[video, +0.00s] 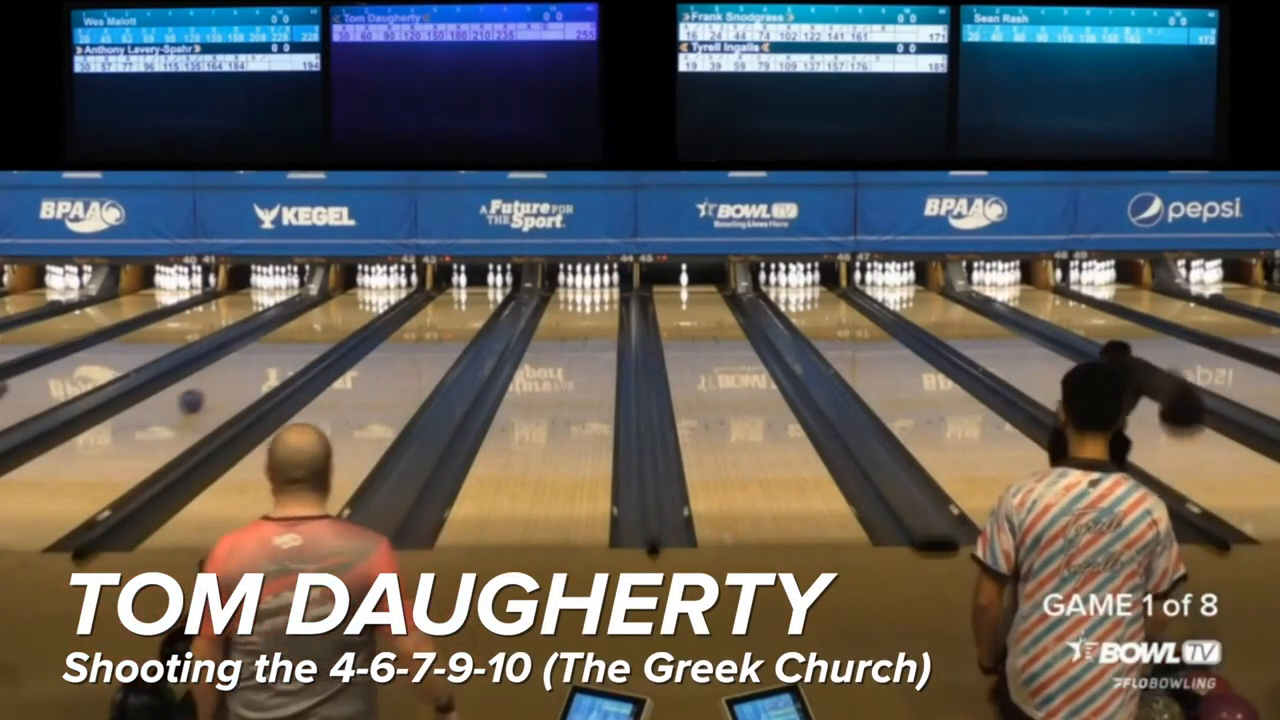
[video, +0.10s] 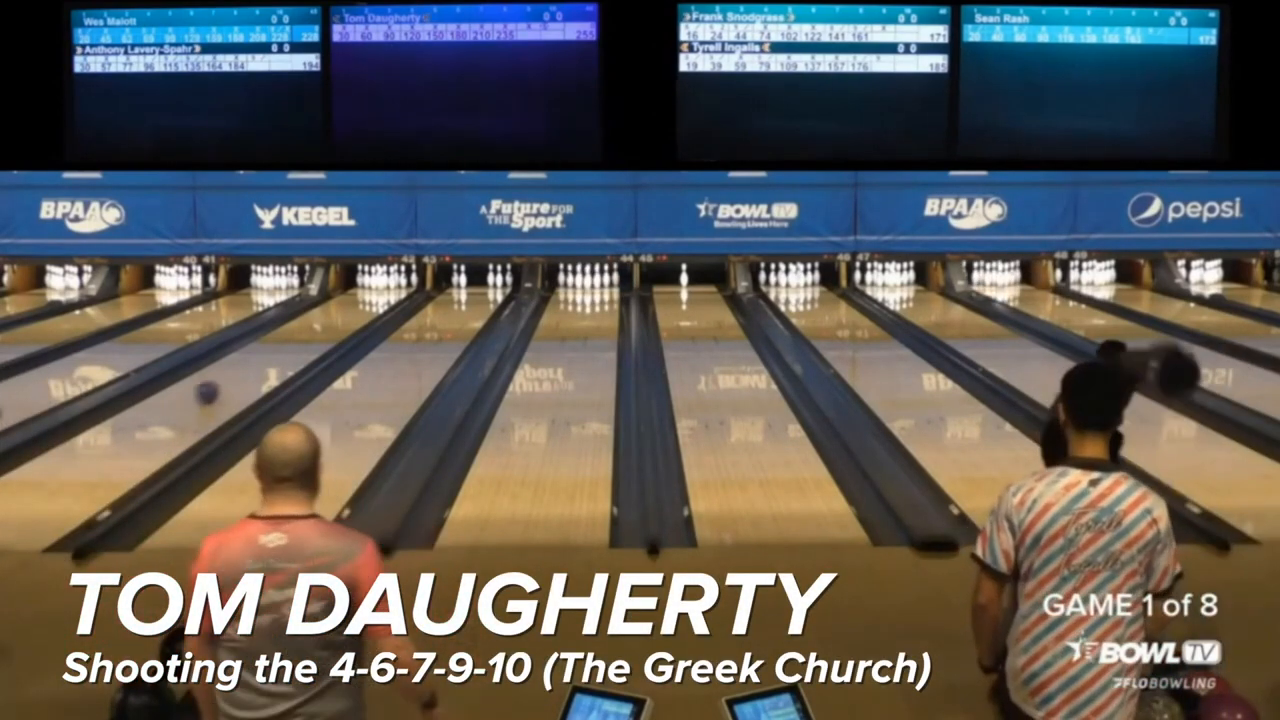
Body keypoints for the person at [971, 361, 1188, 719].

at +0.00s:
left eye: (1061, 405)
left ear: (1063, 413)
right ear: (1122, 419)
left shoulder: (1024, 497)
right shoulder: (1149, 508)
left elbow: (987, 600)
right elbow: (1160, 607)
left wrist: (990, 662)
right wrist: (1141, 650)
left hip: (1033, 686)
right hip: (1112, 692)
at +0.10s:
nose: (1056, 409)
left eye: (1058, 403)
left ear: (1062, 411)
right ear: (1120, 417)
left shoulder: (1023, 497)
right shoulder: (1150, 507)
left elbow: (986, 599)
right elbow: (1159, 599)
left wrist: (990, 661)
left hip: (1033, 686)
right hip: (1112, 692)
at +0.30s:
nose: (1057, 408)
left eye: (1057, 402)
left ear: (1062, 412)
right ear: (1118, 417)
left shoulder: (1024, 494)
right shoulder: (1152, 506)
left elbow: (986, 595)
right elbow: (1160, 608)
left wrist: (989, 659)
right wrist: (1144, 668)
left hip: (1033, 686)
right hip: (1112, 692)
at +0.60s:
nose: (1060, 414)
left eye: (1060, 406)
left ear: (1062, 414)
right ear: (1118, 417)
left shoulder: (1023, 494)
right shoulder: (1152, 504)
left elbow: (986, 596)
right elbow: (1160, 608)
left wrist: (987, 661)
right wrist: (1140, 671)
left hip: (1032, 688)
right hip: (1110, 694)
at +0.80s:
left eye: (1059, 408)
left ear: (1061, 414)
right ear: (1117, 419)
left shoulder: (1022, 498)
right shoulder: (1147, 511)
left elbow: (984, 601)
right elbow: (1156, 611)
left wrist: (986, 665)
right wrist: (1138, 670)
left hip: (1030, 683)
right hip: (1108, 691)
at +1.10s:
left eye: (1057, 408)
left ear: (1060, 413)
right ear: (1115, 418)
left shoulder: (1021, 498)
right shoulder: (1144, 511)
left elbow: (981, 602)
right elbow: (1152, 613)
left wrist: (985, 666)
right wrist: (1139, 670)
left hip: (1028, 683)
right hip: (1106, 691)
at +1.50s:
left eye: (1057, 405)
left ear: (1059, 412)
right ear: (1116, 420)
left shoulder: (1020, 499)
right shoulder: (1143, 512)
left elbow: (983, 602)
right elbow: (1149, 614)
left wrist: (984, 666)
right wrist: (1141, 674)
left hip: (1026, 687)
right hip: (1104, 695)